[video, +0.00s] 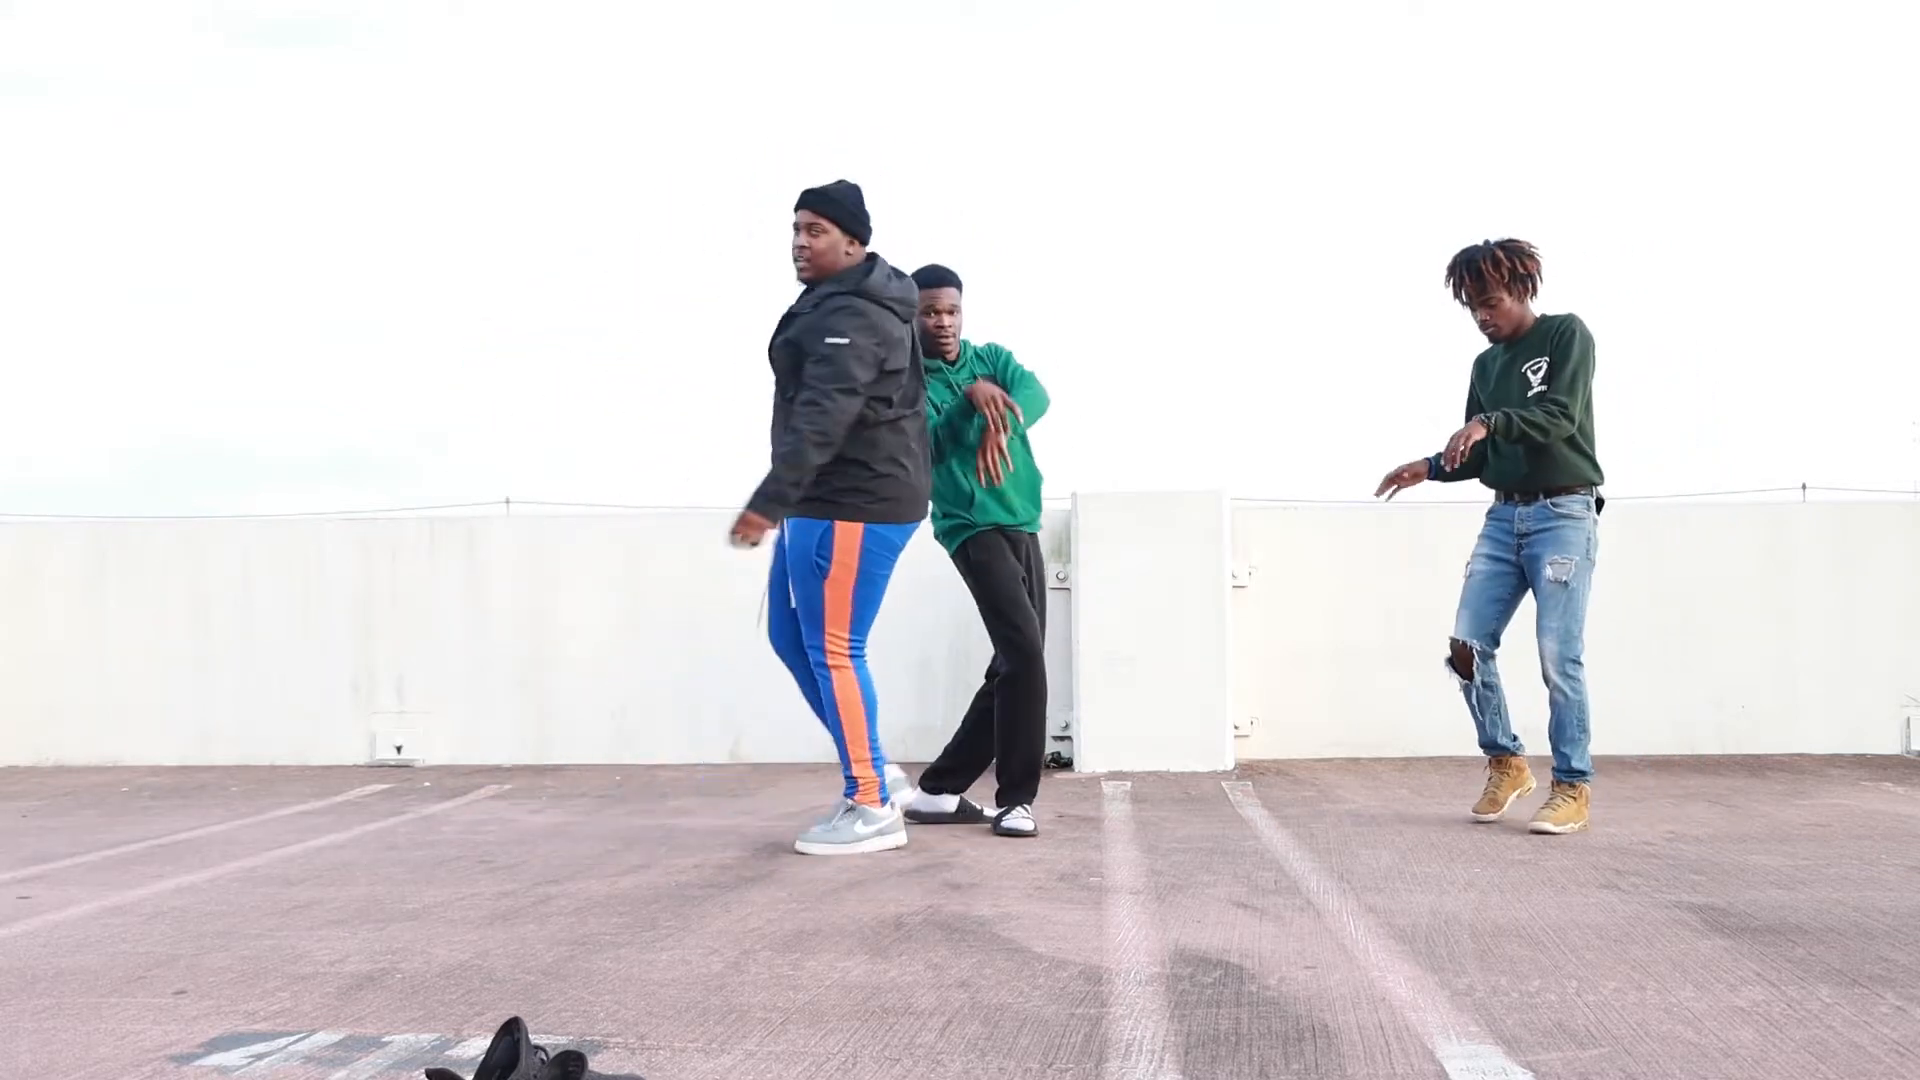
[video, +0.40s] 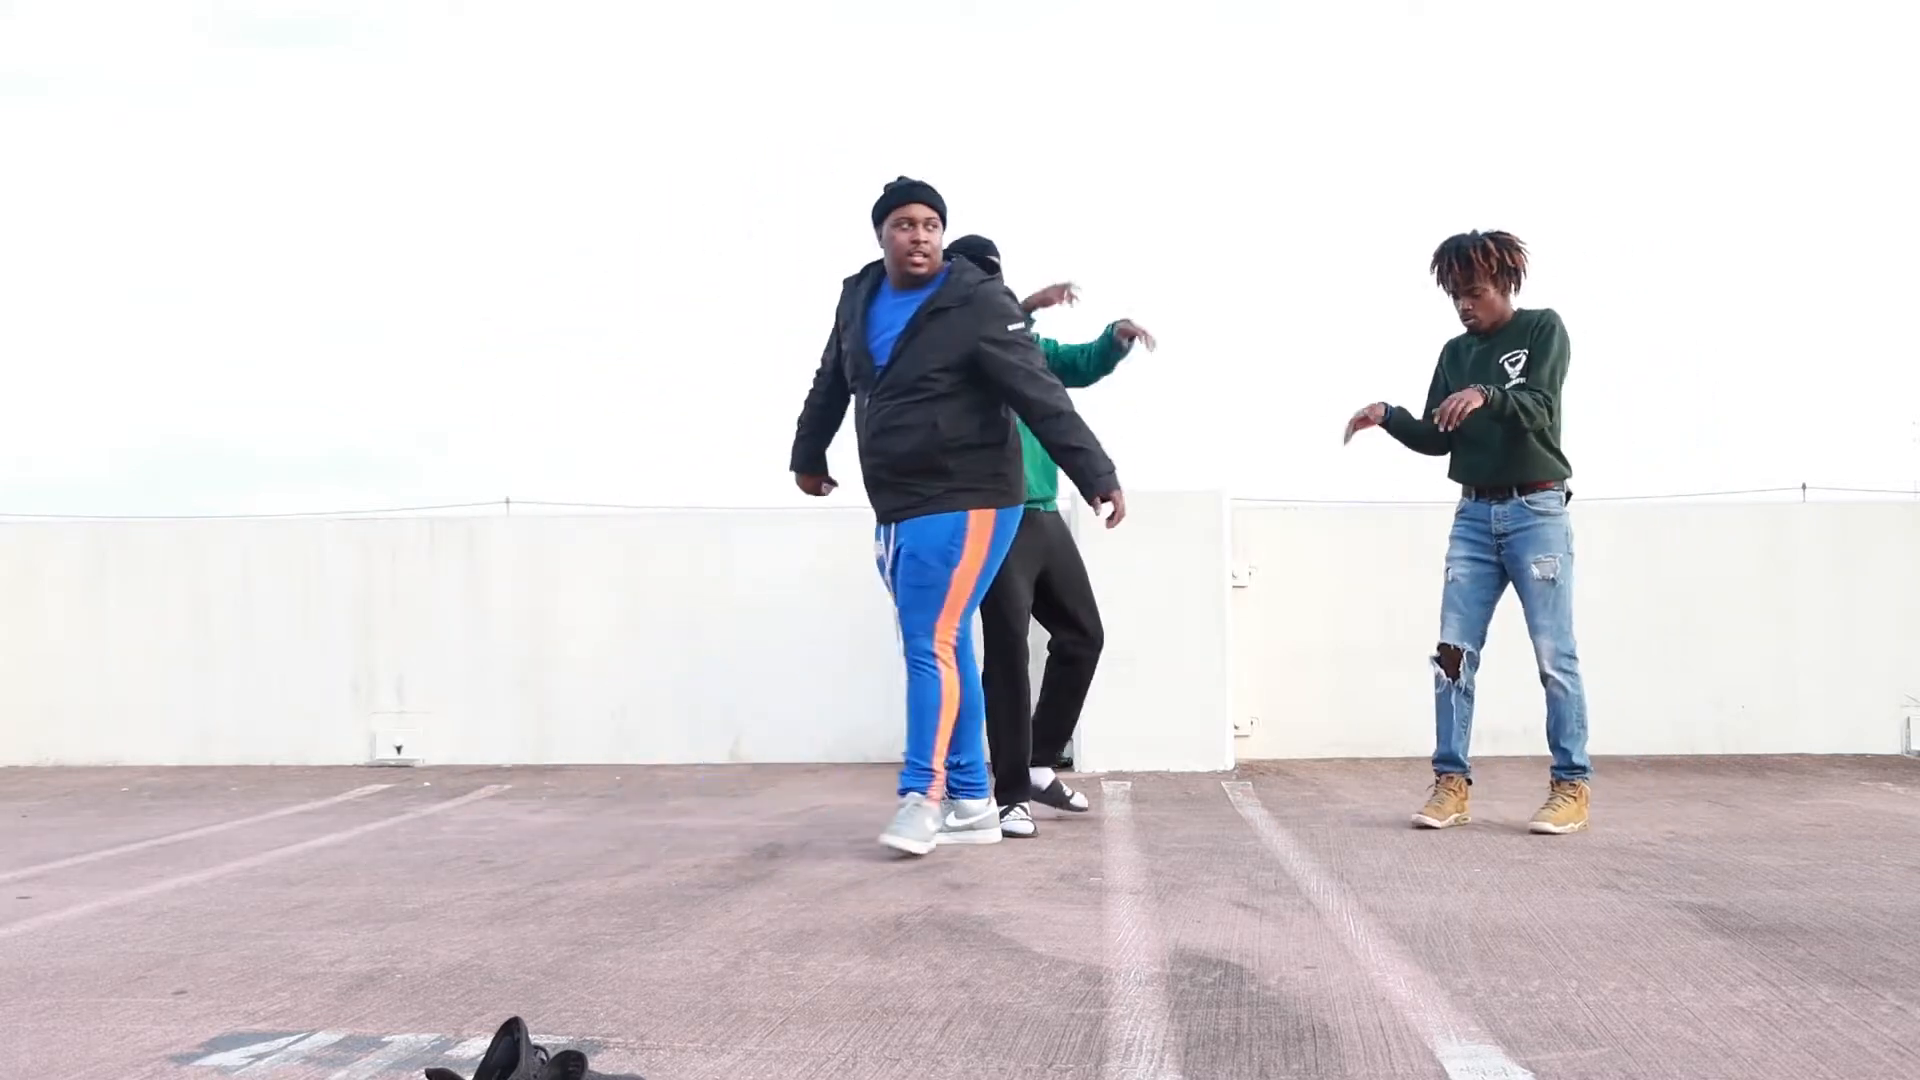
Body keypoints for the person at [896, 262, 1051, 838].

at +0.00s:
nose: (944, 323)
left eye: (952, 312)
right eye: (932, 313)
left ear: (964, 315)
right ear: (912, 318)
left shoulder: (988, 358)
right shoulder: (911, 378)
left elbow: (1035, 394)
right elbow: (929, 444)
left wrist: (1000, 420)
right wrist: (971, 398)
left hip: (1021, 522)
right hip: (969, 524)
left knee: (1021, 658)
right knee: (1022, 647)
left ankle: (938, 789)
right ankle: (1016, 800)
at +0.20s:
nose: (966, 315)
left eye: (971, 305)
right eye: (955, 307)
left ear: (980, 305)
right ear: (935, 311)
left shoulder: (1008, 354)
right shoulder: (935, 365)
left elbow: (1065, 394)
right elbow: (948, 413)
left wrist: (1071, 446)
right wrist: (998, 409)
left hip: (1037, 530)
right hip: (989, 530)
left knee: (1068, 659)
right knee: (1016, 654)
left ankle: (973, 755)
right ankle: (1014, 797)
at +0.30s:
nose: (983, 297)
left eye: (986, 286)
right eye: (971, 288)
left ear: (992, 289)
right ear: (948, 295)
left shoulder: (1013, 345)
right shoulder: (939, 352)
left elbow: (1063, 367)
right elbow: (965, 381)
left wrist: (1102, 387)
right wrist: (1017, 358)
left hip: (1039, 517)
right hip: (989, 520)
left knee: (1078, 643)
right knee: (1013, 649)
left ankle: (1012, 763)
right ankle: (1011, 796)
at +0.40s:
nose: (989, 288)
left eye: (992, 279)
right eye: (978, 280)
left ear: (997, 280)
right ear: (959, 288)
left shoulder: (1018, 341)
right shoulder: (950, 342)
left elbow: (1073, 364)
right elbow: (974, 345)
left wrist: (1112, 339)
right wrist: (1024, 307)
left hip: (1043, 512)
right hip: (996, 516)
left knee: (1081, 637)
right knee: (1008, 651)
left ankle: (1039, 768)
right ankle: (1006, 790)